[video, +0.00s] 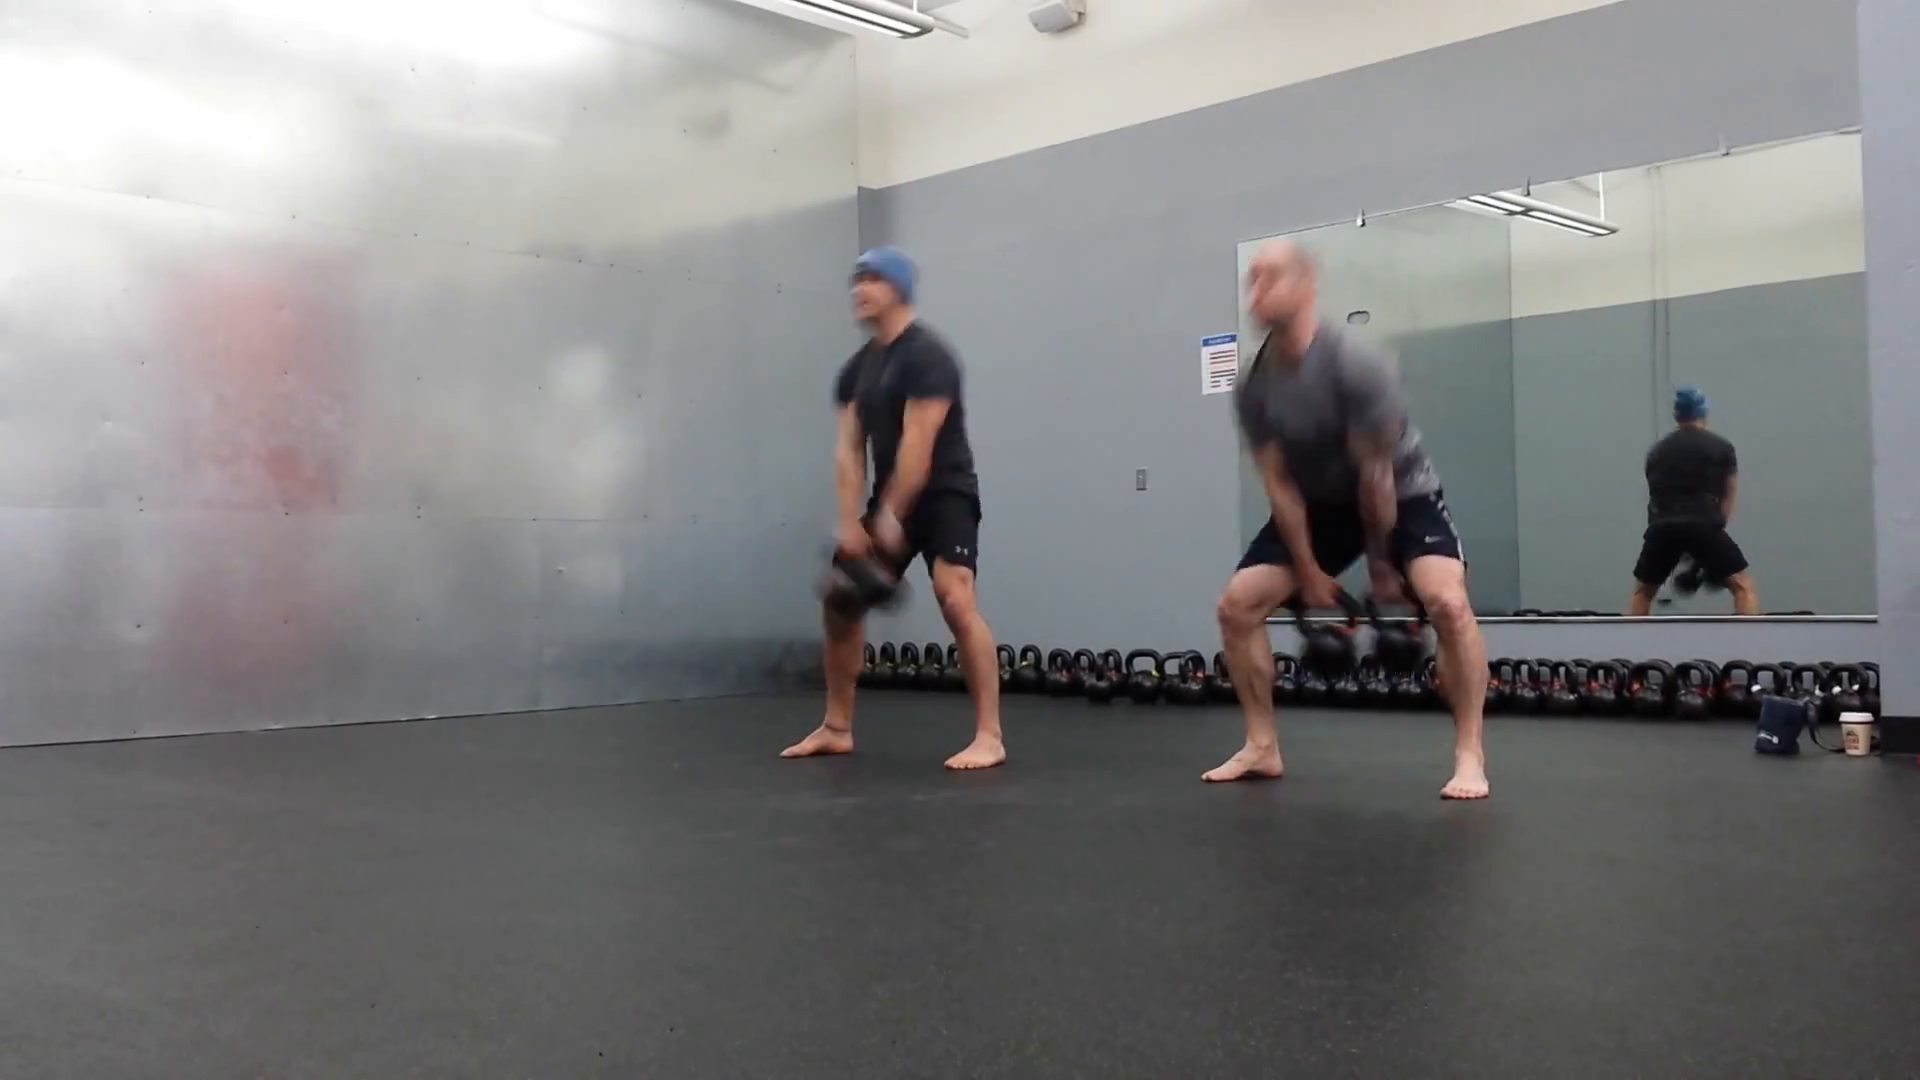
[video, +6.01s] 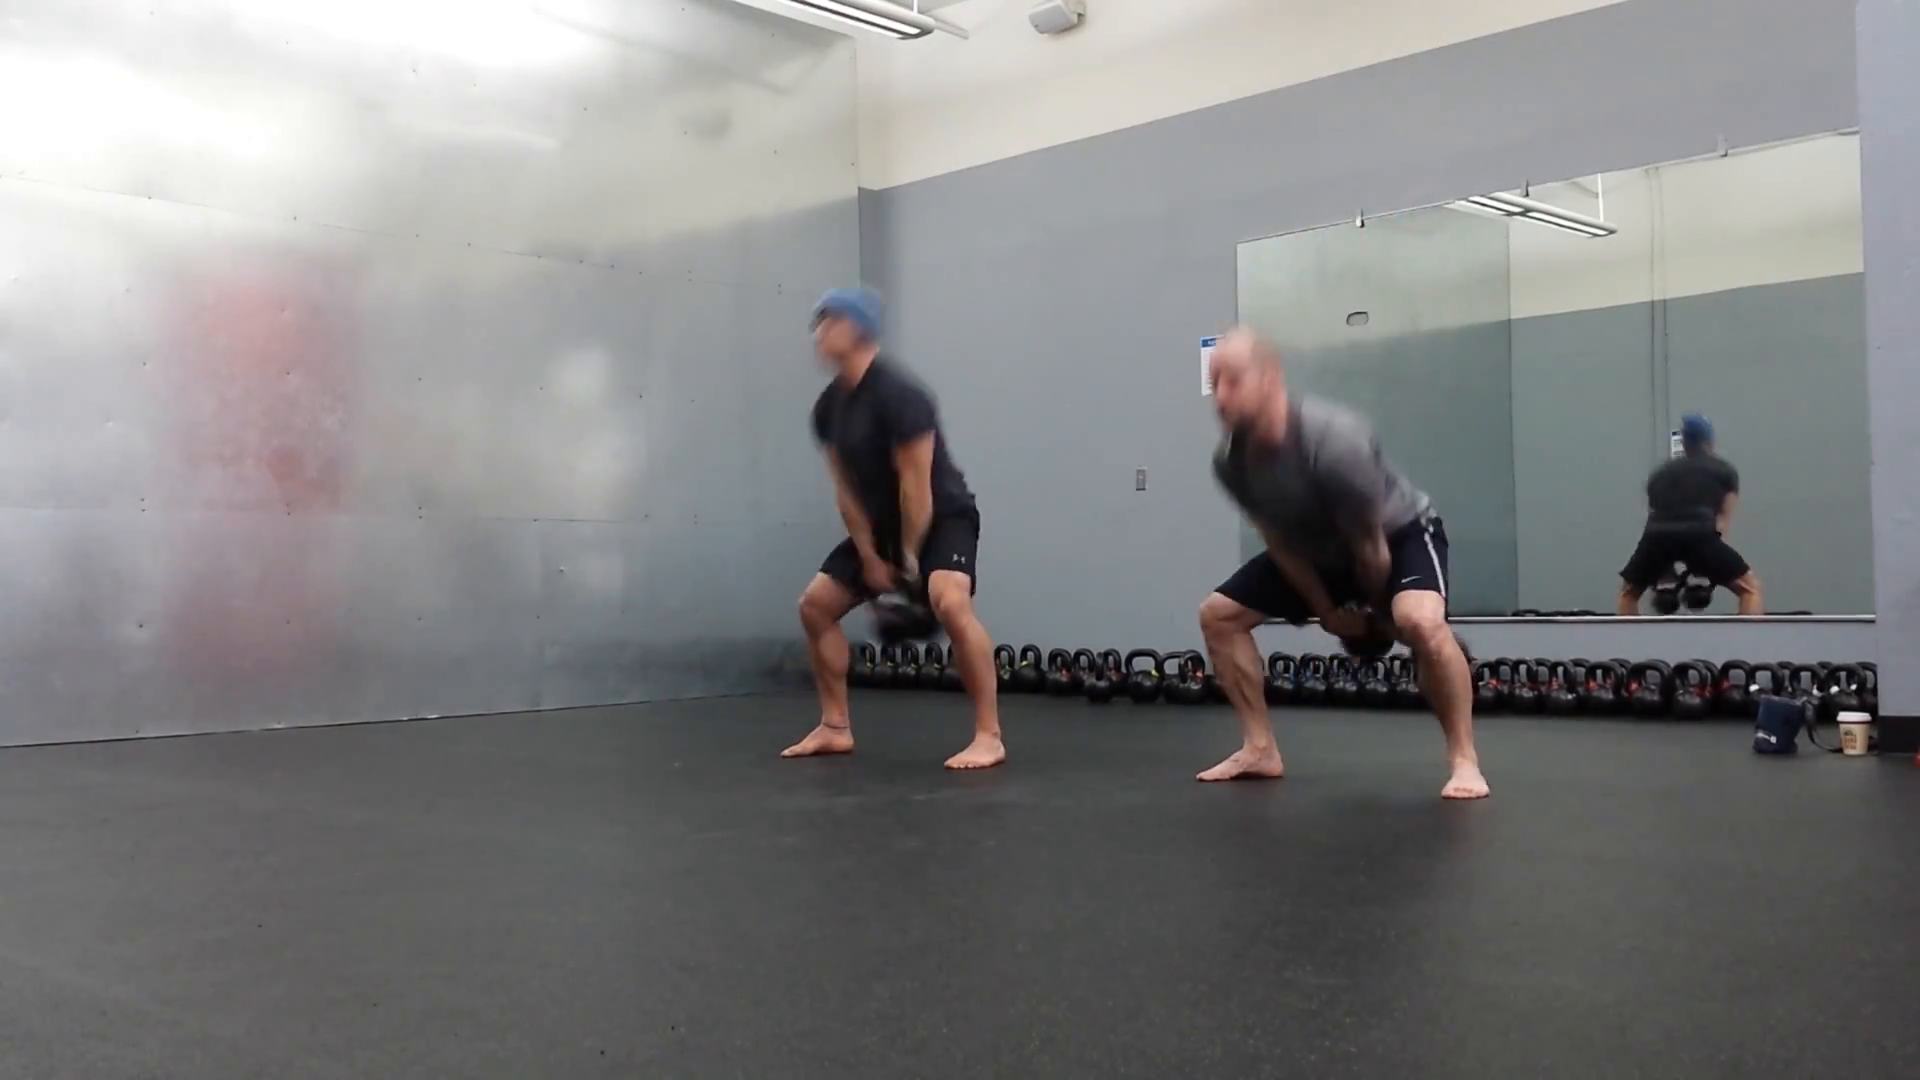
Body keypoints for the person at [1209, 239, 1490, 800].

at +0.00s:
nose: (1255, 292)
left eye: (1269, 278)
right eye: (1252, 281)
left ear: (1307, 283)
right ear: (1252, 294)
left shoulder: (1359, 364)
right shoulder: (1255, 388)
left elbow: (1378, 474)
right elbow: (1278, 484)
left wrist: (1382, 571)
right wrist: (1309, 572)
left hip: (1402, 500)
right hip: (1324, 507)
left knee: (1448, 605)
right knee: (1238, 607)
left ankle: (1470, 754)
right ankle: (1262, 746)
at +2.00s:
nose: (1298, 209)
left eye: (1309, 197)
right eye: (1294, 200)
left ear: (1346, 198)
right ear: (1288, 208)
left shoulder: (1380, 248)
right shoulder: (1280, 257)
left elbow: (1376, 146)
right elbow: (1232, 171)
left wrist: (1340, 48)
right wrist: (1238, 71)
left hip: (1373, 461)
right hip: (1293, 466)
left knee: (1415, 607)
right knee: (1288, 617)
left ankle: (1462, 759)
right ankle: (1265, 747)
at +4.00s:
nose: (1335, 206)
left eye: (1349, 194)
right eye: (1329, 197)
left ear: (1385, 204)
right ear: (1324, 209)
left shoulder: (1416, 279)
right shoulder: (1308, 284)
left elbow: (1401, 353)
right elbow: (1270, 378)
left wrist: (1340, 296)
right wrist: (1262, 310)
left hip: (1387, 467)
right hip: (1311, 470)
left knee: (1421, 610)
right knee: (1288, 613)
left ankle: (1464, 758)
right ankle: (1265, 747)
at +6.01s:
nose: (1220, 396)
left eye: (1232, 379)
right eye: (1215, 383)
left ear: (1269, 377)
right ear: (1210, 388)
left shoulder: (1335, 440)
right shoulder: (1233, 462)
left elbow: (1373, 544)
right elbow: (1280, 544)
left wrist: (1373, 616)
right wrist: (1330, 615)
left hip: (1400, 534)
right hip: (1322, 545)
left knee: (1420, 622)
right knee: (1220, 615)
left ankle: (1464, 761)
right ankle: (1260, 749)